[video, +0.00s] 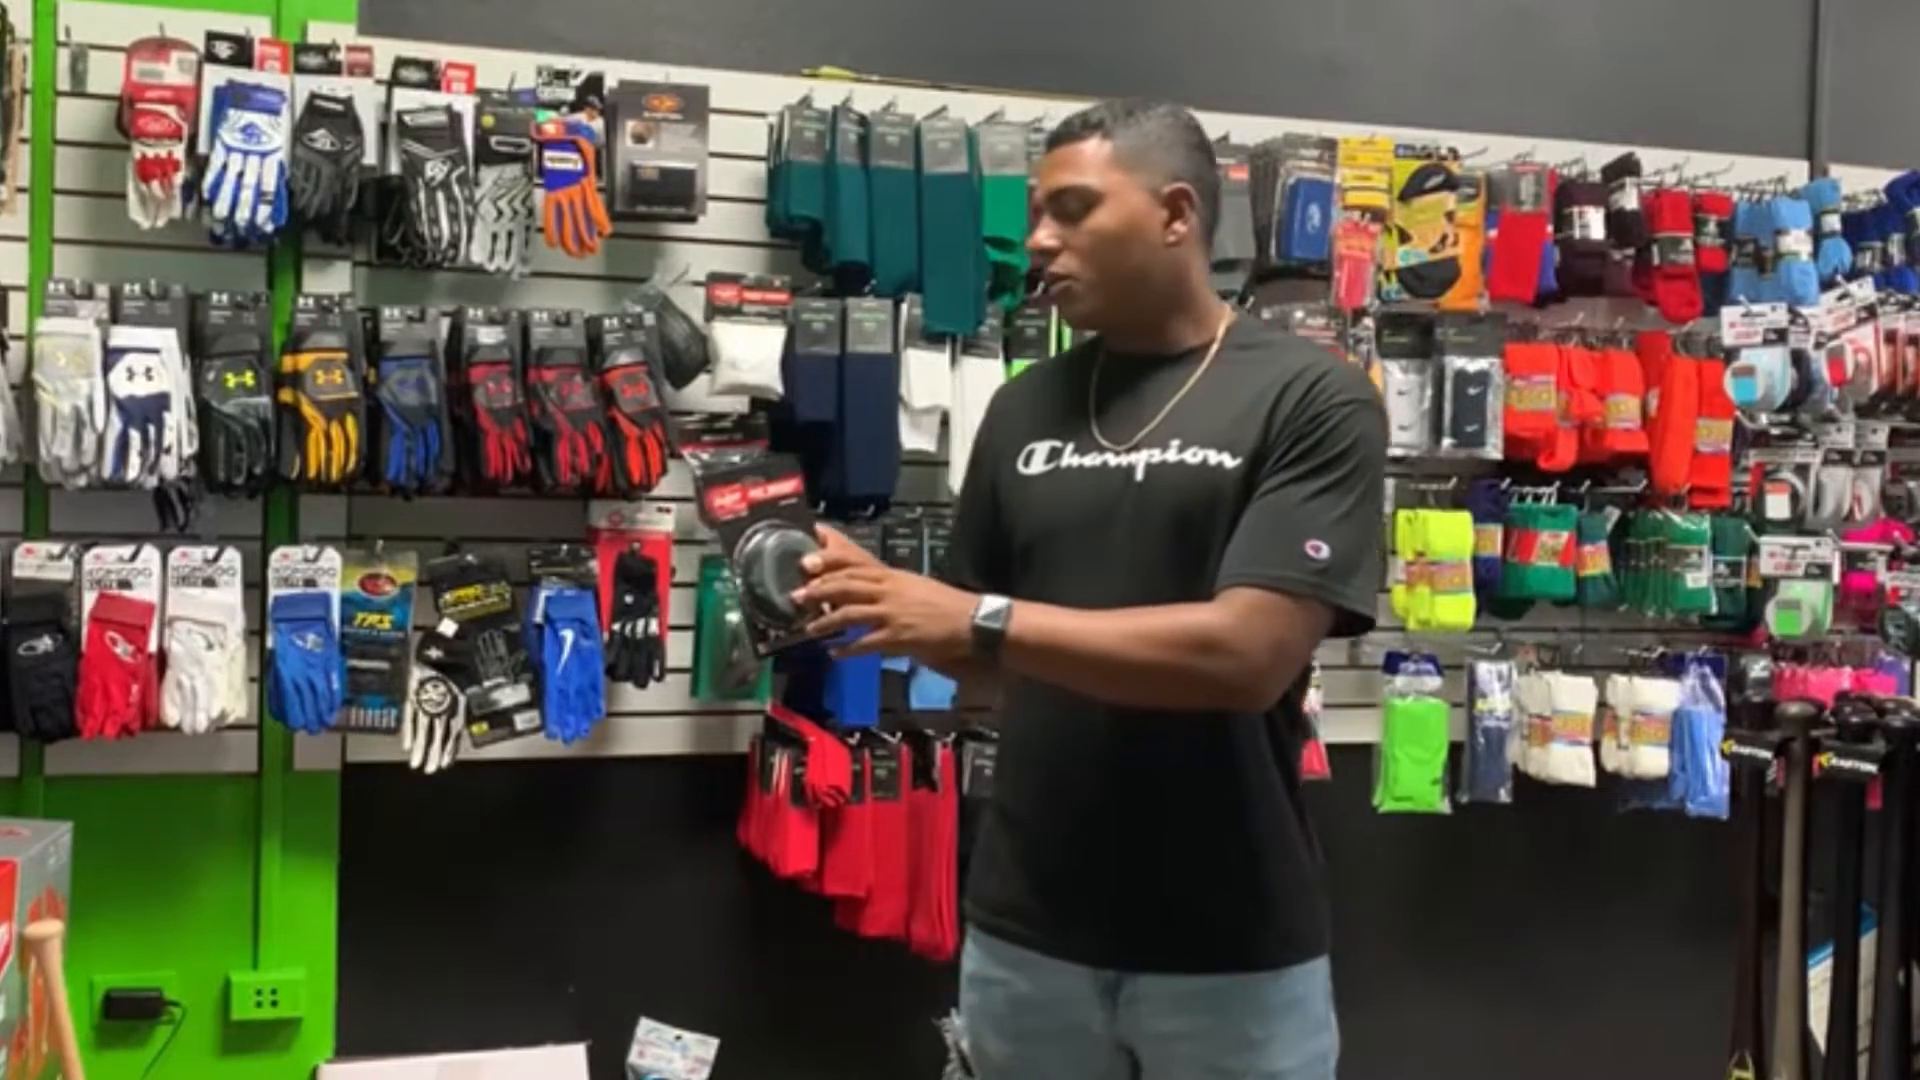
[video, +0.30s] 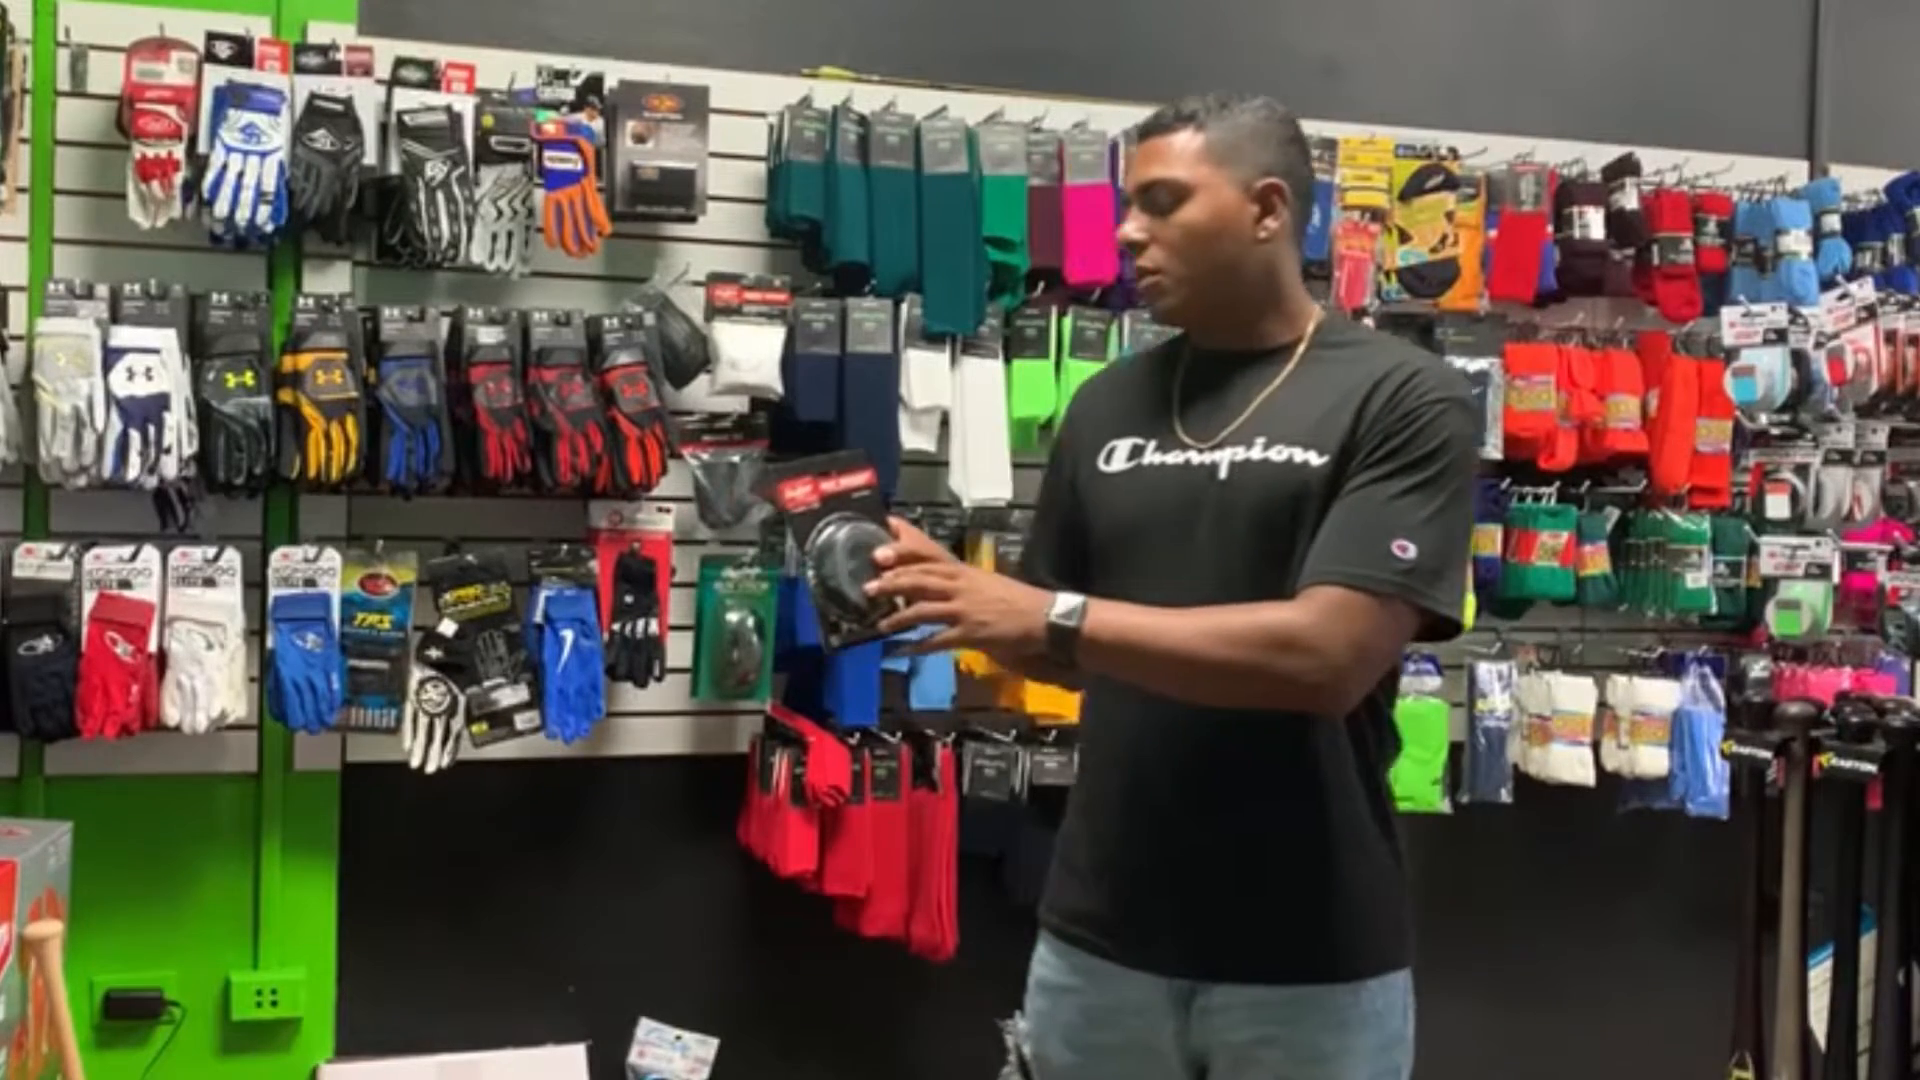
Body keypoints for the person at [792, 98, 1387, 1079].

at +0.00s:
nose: (1038, 243)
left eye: (1072, 207)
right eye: (1038, 215)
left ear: (1176, 214)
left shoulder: (1314, 396)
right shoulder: (1022, 408)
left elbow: (1249, 657)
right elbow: (985, 655)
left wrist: (973, 622)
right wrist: (870, 604)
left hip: (1232, 946)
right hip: (1027, 935)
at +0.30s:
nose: (1128, 235)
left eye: (1162, 201)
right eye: (1128, 208)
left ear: (1268, 209)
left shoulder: (1405, 395)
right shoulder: (1103, 406)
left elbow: (1327, 658)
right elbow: (1068, 652)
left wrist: (1047, 616)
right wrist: (949, 602)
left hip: (1309, 954)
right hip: (1100, 940)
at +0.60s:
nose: (1216, 230)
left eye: (1250, 197)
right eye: (1215, 202)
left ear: (1361, 212)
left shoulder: (1497, 404)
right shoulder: (1183, 404)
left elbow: (1408, 666)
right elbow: (1145, 658)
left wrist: (1121, 617)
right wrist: (1023, 596)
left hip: (1384, 968)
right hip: (1169, 949)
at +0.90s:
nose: (1267, 235)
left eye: (1304, 202)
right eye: (1265, 206)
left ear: (1417, 214)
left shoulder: (1554, 413)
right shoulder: (1231, 402)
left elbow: (1461, 676)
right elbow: (1183, 655)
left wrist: (1171, 620)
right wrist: (1067, 592)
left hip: (1422, 978)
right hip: (1203, 952)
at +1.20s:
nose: (1307, 233)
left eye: (1350, 201)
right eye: (1298, 204)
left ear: (1462, 215)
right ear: (1285, 213)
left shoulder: (1574, 418)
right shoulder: (1248, 400)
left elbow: (1480, 684)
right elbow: (1195, 654)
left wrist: (1192, 624)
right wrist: (1087, 595)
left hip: (1435, 977)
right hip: (1216, 950)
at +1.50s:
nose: (1385, 195)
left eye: (1426, 172)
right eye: (1356, 169)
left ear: (1483, 217)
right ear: (1316, 205)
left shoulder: (1566, 415)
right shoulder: (1236, 399)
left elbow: (1486, 685)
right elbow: (1192, 647)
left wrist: (1196, 631)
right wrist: (1082, 600)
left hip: (1432, 980)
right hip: (1211, 955)